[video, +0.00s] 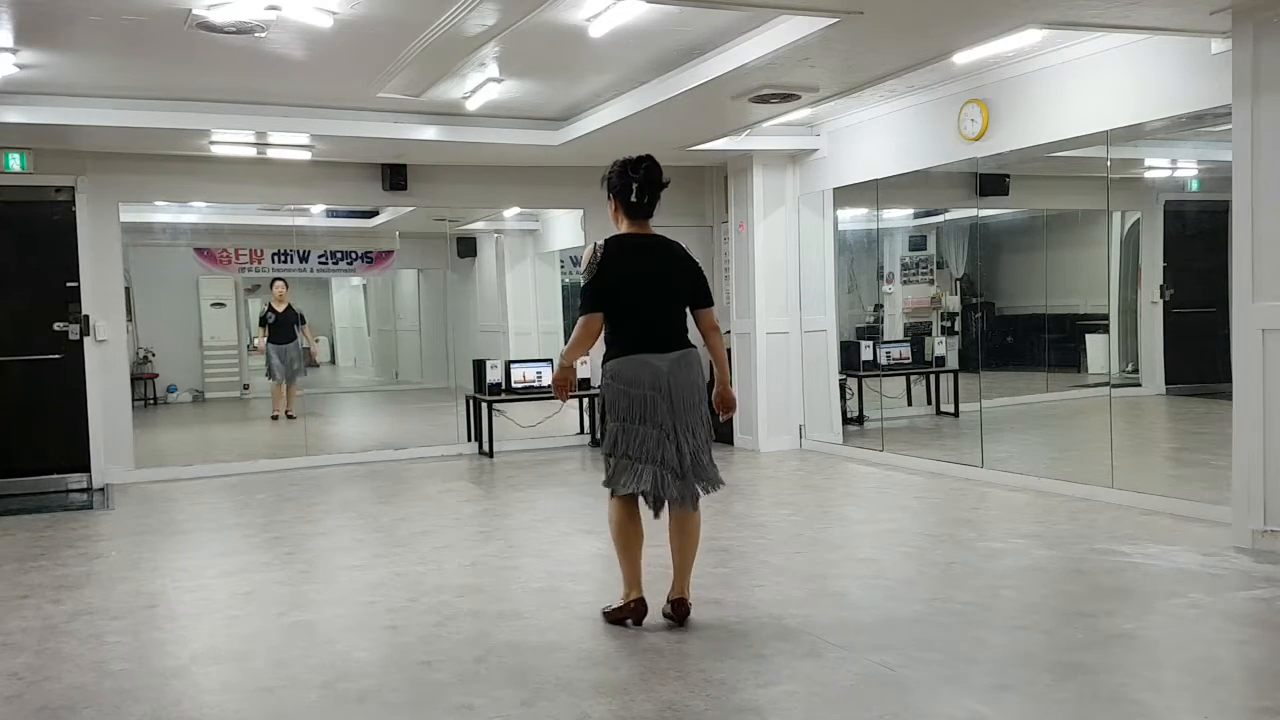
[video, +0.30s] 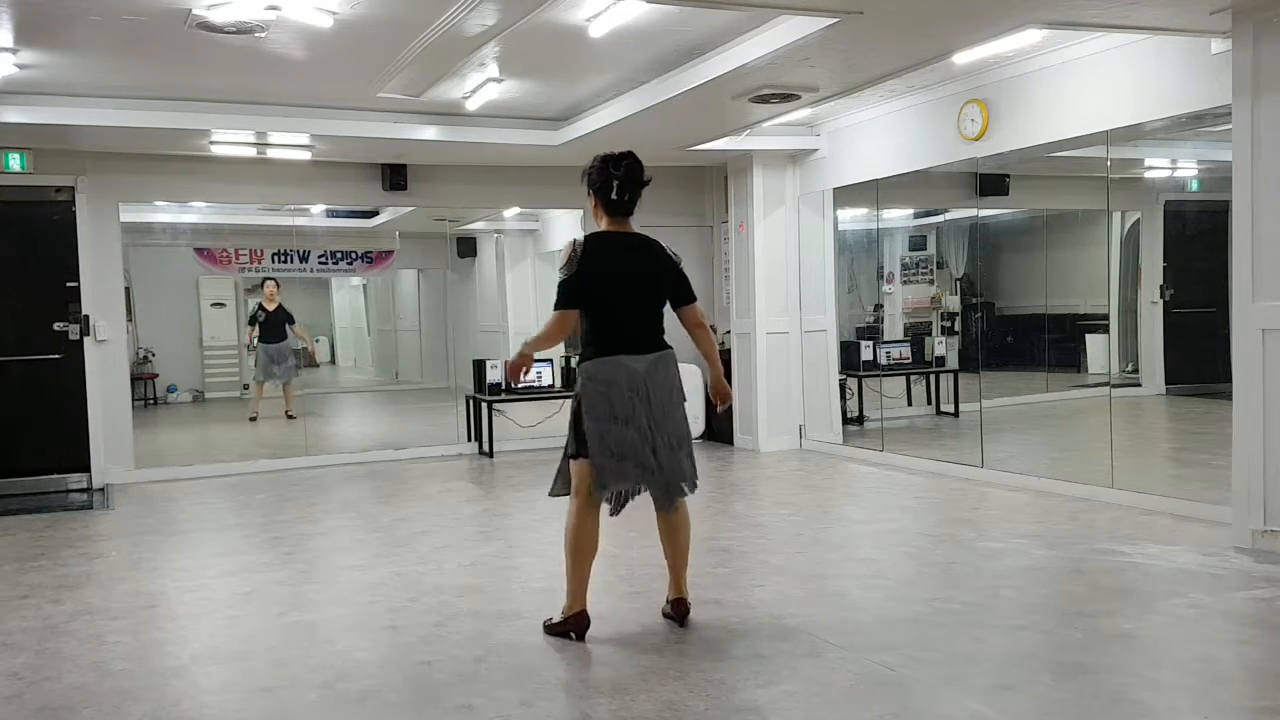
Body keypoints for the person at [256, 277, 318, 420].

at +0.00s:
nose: (280, 291)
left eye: (282, 288)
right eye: (277, 288)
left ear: (287, 290)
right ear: (272, 291)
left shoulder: (295, 309)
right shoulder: (266, 310)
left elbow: (304, 328)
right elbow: (262, 328)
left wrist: (312, 345)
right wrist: (261, 341)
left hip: (292, 346)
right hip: (274, 347)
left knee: (291, 380)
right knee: (277, 379)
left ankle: (290, 409)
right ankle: (276, 409)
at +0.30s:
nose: (271, 290)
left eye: (274, 287)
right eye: (268, 287)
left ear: (278, 289)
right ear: (263, 290)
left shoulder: (283, 309)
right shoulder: (258, 309)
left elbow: (295, 328)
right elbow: (251, 326)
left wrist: (308, 341)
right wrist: (249, 337)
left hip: (283, 348)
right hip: (264, 349)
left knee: (287, 380)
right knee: (259, 380)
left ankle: (289, 409)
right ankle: (255, 410)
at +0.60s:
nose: (258, 290)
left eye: (261, 287)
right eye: (255, 287)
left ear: (265, 290)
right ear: (249, 290)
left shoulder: (269, 309)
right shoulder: (245, 308)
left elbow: (280, 327)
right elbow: (236, 325)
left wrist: (291, 342)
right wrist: (232, 335)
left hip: (268, 347)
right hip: (249, 347)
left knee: (274, 379)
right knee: (251, 381)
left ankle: (279, 409)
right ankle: (254, 410)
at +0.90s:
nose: (251, 290)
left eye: (254, 287)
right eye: (248, 287)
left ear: (258, 289)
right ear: (243, 290)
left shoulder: (263, 309)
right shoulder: (238, 309)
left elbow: (274, 328)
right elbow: (233, 327)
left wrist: (288, 343)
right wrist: (234, 335)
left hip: (262, 348)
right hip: (244, 349)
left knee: (262, 380)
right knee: (248, 382)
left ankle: (262, 410)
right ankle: (253, 410)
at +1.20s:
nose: (245, 289)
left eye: (248, 286)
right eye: (242, 287)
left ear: (252, 289)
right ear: (236, 290)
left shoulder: (257, 308)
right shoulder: (232, 308)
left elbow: (268, 327)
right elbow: (225, 327)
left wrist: (282, 339)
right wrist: (221, 336)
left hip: (256, 347)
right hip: (238, 347)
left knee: (261, 380)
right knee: (238, 379)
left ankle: (261, 411)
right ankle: (235, 410)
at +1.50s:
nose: (231, 290)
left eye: (234, 286)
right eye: (227, 287)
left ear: (238, 289)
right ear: (222, 290)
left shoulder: (244, 308)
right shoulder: (216, 309)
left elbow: (255, 327)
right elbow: (210, 328)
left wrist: (269, 339)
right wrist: (207, 333)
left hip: (242, 347)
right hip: (223, 348)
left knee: (253, 380)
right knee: (223, 382)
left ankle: (260, 410)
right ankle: (223, 413)